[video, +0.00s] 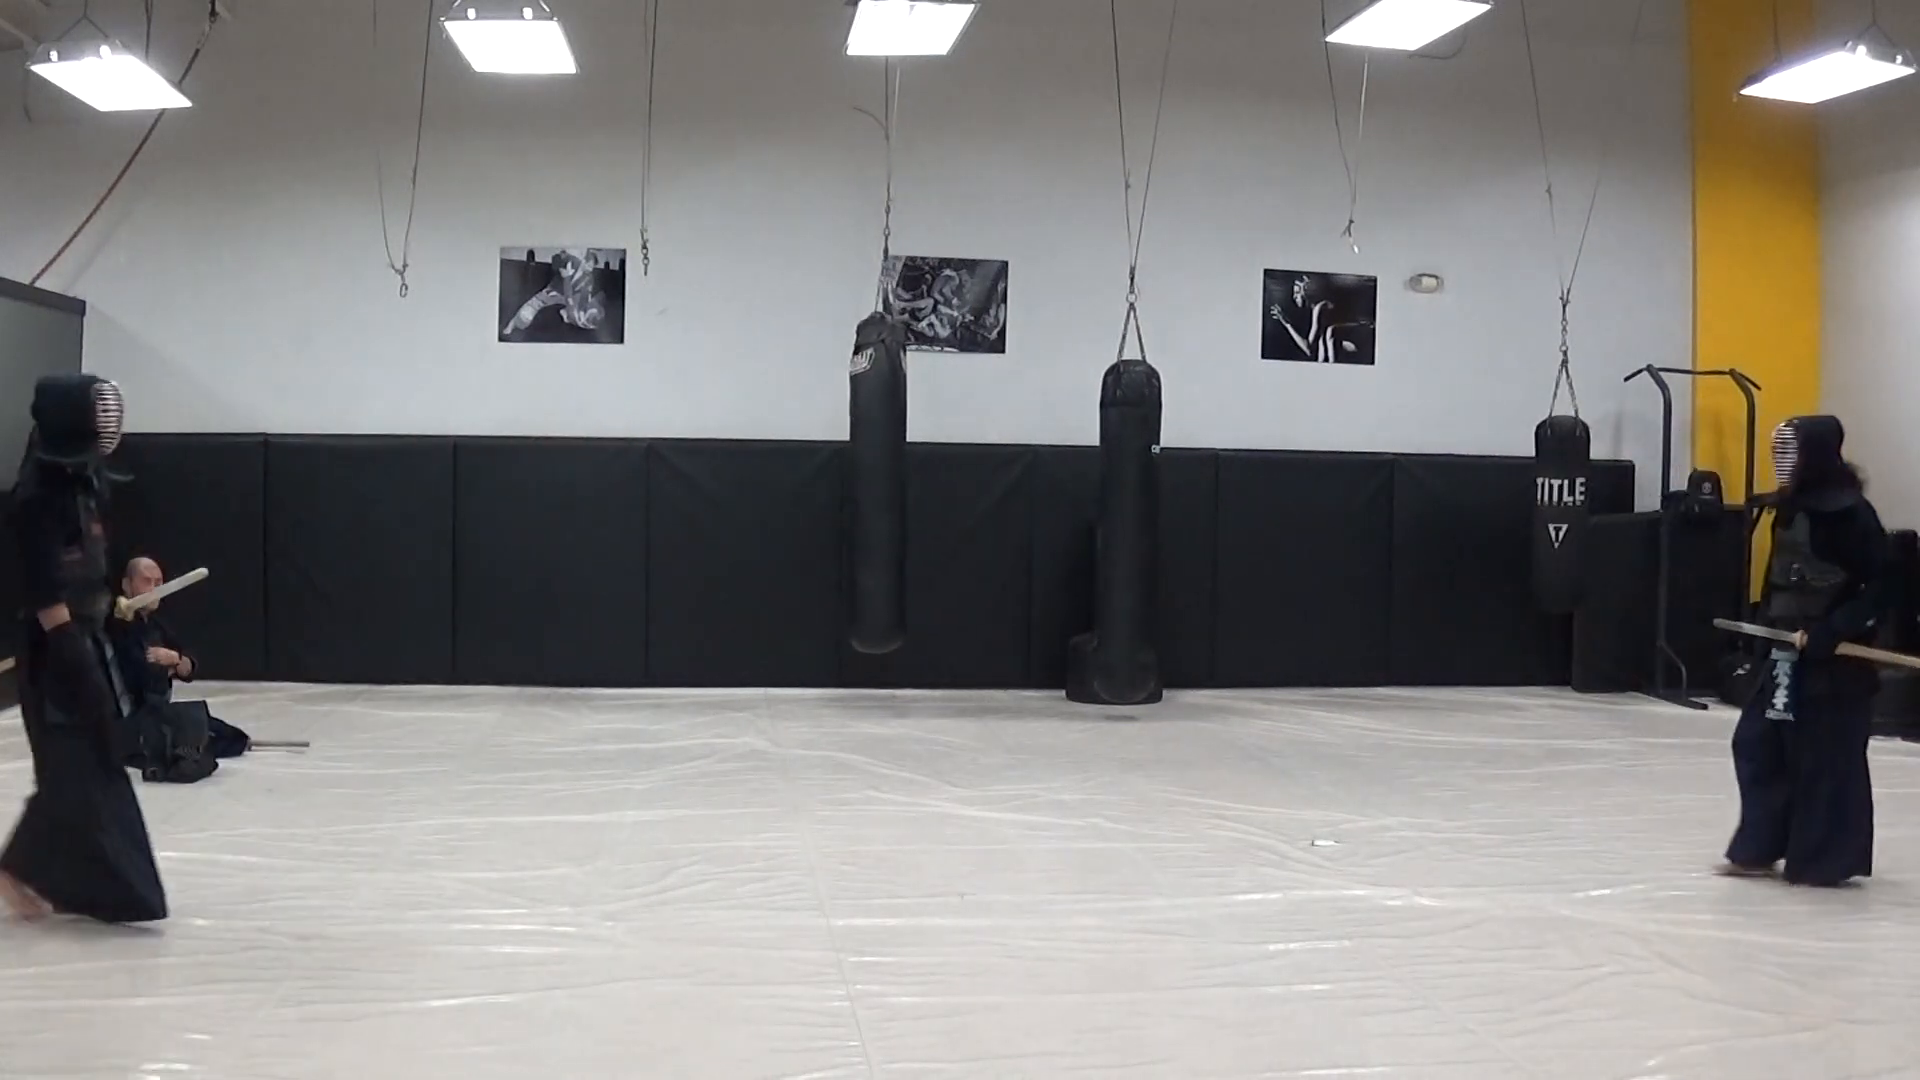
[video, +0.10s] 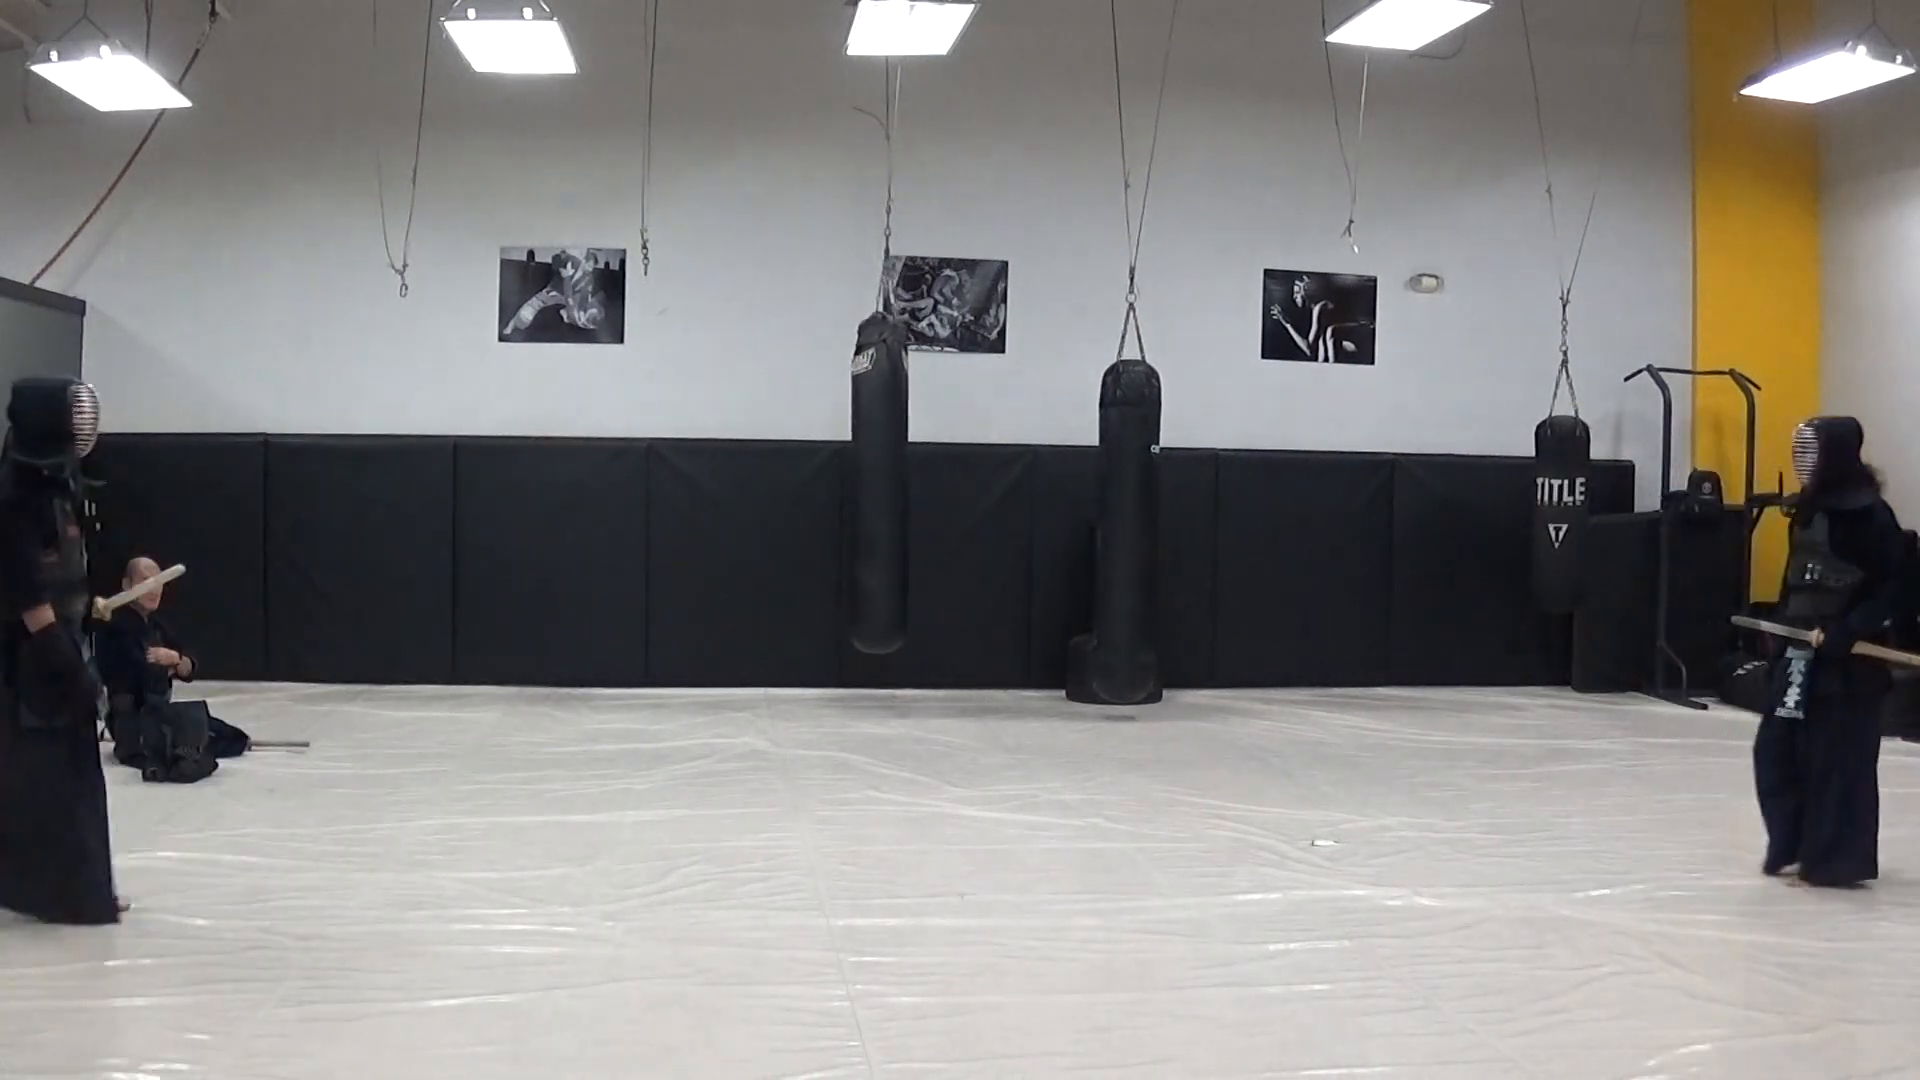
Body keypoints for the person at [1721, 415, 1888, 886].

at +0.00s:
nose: (1779, 462)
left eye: (1787, 453)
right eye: (1779, 452)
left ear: (1813, 456)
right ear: (1801, 456)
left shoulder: (1849, 512)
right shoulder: (1791, 508)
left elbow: (1879, 585)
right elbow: (1784, 582)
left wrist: (1825, 632)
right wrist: (1762, 628)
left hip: (1836, 657)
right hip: (1788, 654)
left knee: (1826, 753)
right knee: (1753, 740)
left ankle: (1823, 860)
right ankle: (1758, 847)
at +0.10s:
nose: (1799, 462)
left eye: (1807, 453)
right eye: (1798, 452)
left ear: (1832, 455)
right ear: (1823, 455)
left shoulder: (1867, 511)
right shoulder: (1808, 509)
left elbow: (1890, 585)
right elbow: (1800, 581)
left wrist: (1841, 633)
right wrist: (1775, 630)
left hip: (1851, 657)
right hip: (1804, 653)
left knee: (1839, 754)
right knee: (1774, 747)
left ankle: (1839, 861)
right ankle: (1795, 844)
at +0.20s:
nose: (1818, 464)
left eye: (1826, 455)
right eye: (1817, 455)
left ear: (1852, 458)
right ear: (1827, 457)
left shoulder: (1883, 516)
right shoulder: (1824, 510)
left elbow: (1907, 592)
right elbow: (1812, 579)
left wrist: (1860, 637)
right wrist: (1792, 625)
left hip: (1864, 653)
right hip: (1821, 647)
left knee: (1846, 751)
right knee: (1814, 746)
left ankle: (1840, 862)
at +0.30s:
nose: (1832, 467)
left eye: (1840, 459)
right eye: (1832, 458)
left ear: (1867, 461)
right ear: (1840, 460)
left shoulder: (1895, 518)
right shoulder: (1838, 512)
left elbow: (1912, 596)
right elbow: (1818, 577)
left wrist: (1885, 643)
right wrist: (1797, 620)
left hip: (1874, 649)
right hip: (1835, 643)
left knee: (1852, 747)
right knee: (1864, 744)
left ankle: (1839, 860)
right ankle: (1896, 833)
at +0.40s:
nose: (1848, 469)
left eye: (1855, 460)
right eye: (1847, 460)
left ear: (1880, 460)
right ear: (1857, 462)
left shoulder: (1907, 512)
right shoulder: (1852, 512)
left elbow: (1912, 590)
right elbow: (1830, 580)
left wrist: (1905, 649)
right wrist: (1814, 635)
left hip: (1896, 653)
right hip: (1859, 649)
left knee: (1869, 752)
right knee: (1881, 752)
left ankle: (1836, 857)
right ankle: (1892, 844)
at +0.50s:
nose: (1859, 466)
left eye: (1866, 457)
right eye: (1858, 457)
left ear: (1890, 457)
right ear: (1877, 456)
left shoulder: (1905, 509)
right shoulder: (1868, 510)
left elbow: (1908, 582)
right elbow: (1847, 584)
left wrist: (1911, 648)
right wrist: (1824, 644)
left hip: (1902, 648)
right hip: (1875, 645)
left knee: (1884, 746)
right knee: (1883, 745)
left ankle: (1864, 847)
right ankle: (1897, 842)